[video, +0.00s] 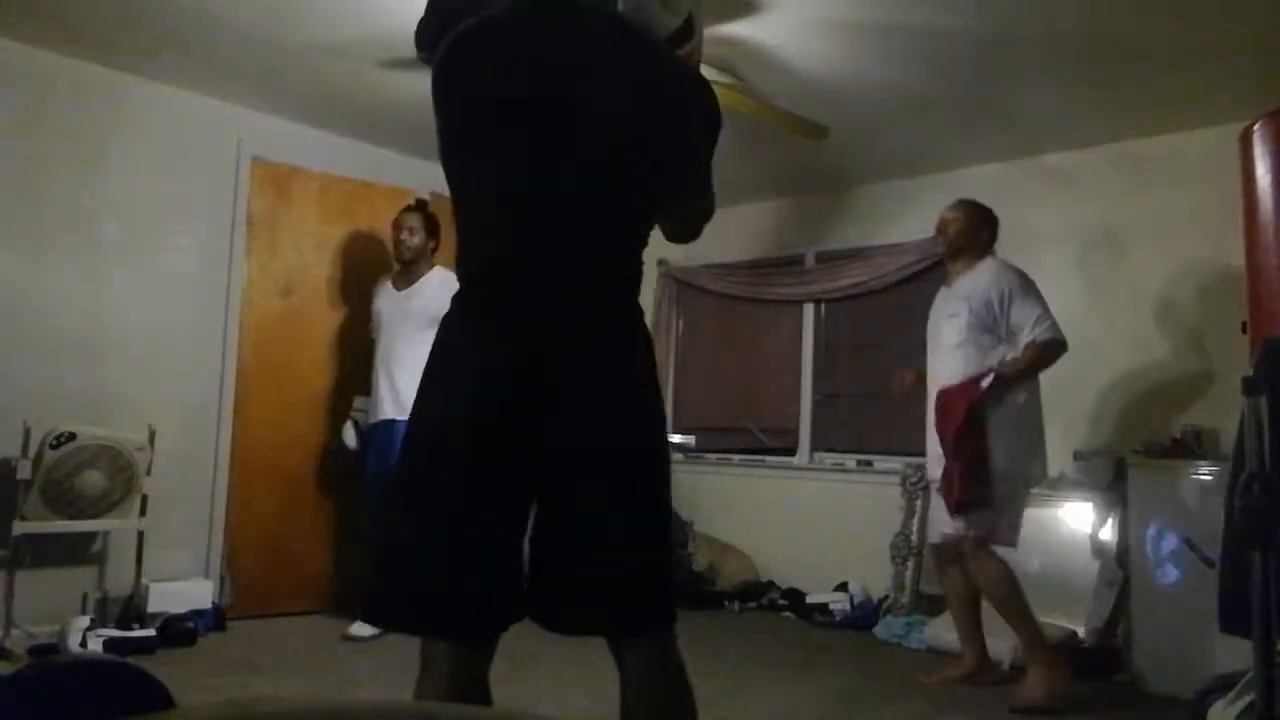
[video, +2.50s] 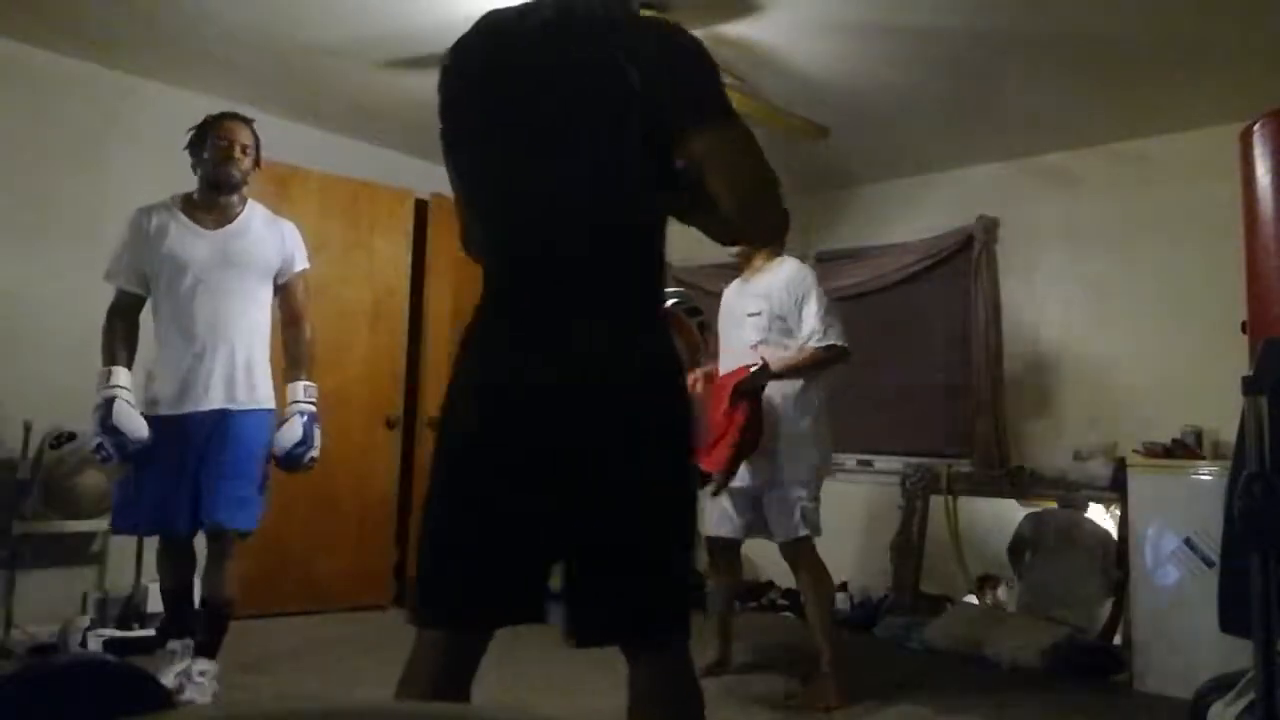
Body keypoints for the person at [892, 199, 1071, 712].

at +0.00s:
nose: (938, 232)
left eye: (949, 223)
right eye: (938, 225)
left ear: (979, 234)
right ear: (947, 237)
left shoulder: (1002, 278)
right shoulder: (945, 293)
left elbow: (1050, 341)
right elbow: (957, 360)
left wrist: (997, 379)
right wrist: (920, 378)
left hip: (996, 446)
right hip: (951, 448)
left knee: (975, 549)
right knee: (947, 549)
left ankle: (1041, 659)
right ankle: (974, 659)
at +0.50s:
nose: (908, 215)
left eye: (920, 208)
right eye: (907, 208)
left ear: (946, 221)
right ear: (908, 223)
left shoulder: (969, 267)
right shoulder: (902, 282)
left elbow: (1010, 336)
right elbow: (911, 351)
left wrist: (950, 358)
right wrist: (885, 359)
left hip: (961, 432)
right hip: (910, 432)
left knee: (955, 538)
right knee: (896, 525)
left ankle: (994, 667)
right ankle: (930, 638)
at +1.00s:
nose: (851, 242)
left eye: (861, 232)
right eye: (852, 234)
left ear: (892, 238)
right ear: (867, 243)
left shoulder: (915, 280)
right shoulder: (861, 295)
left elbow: (960, 338)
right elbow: (849, 352)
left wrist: (901, 360)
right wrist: (833, 361)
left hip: (905, 441)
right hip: (870, 442)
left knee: (895, 544)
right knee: (884, 542)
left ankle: (906, 672)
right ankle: (917, 650)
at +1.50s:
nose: (794, 244)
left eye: (804, 236)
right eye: (795, 237)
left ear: (834, 242)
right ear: (810, 245)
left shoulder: (853, 280)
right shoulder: (811, 297)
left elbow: (875, 354)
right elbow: (811, 367)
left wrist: (807, 365)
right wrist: (772, 378)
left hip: (854, 448)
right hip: (814, 449)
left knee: (854, 548)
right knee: (792, 541)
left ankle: (897, 674)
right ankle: (796, 644)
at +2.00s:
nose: (768, 237)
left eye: (778, 229)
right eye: (768, 230)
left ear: (808, 235)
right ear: (777, 239)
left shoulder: (830, 278)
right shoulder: (774, 292)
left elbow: (853, 352)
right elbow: (769, 354)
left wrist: (779, 364)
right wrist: (738, 363)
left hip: (817, 440)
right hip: (775, 438)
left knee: (807, 544)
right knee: (771, 541)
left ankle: (833, 672)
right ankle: (793, 642)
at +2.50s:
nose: (733, 229)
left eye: (743, 219)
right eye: (733, 220)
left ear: (767, 226)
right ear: (741, 230)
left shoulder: (796, 275)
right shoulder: (732, 291)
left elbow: (833, 347)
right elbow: (738, 364)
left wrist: (771, 371)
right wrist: (711, 377)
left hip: (789, 443)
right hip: (738, 443)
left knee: (797, 549)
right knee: (720, 545)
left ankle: (829, 671)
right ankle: (722, 649)